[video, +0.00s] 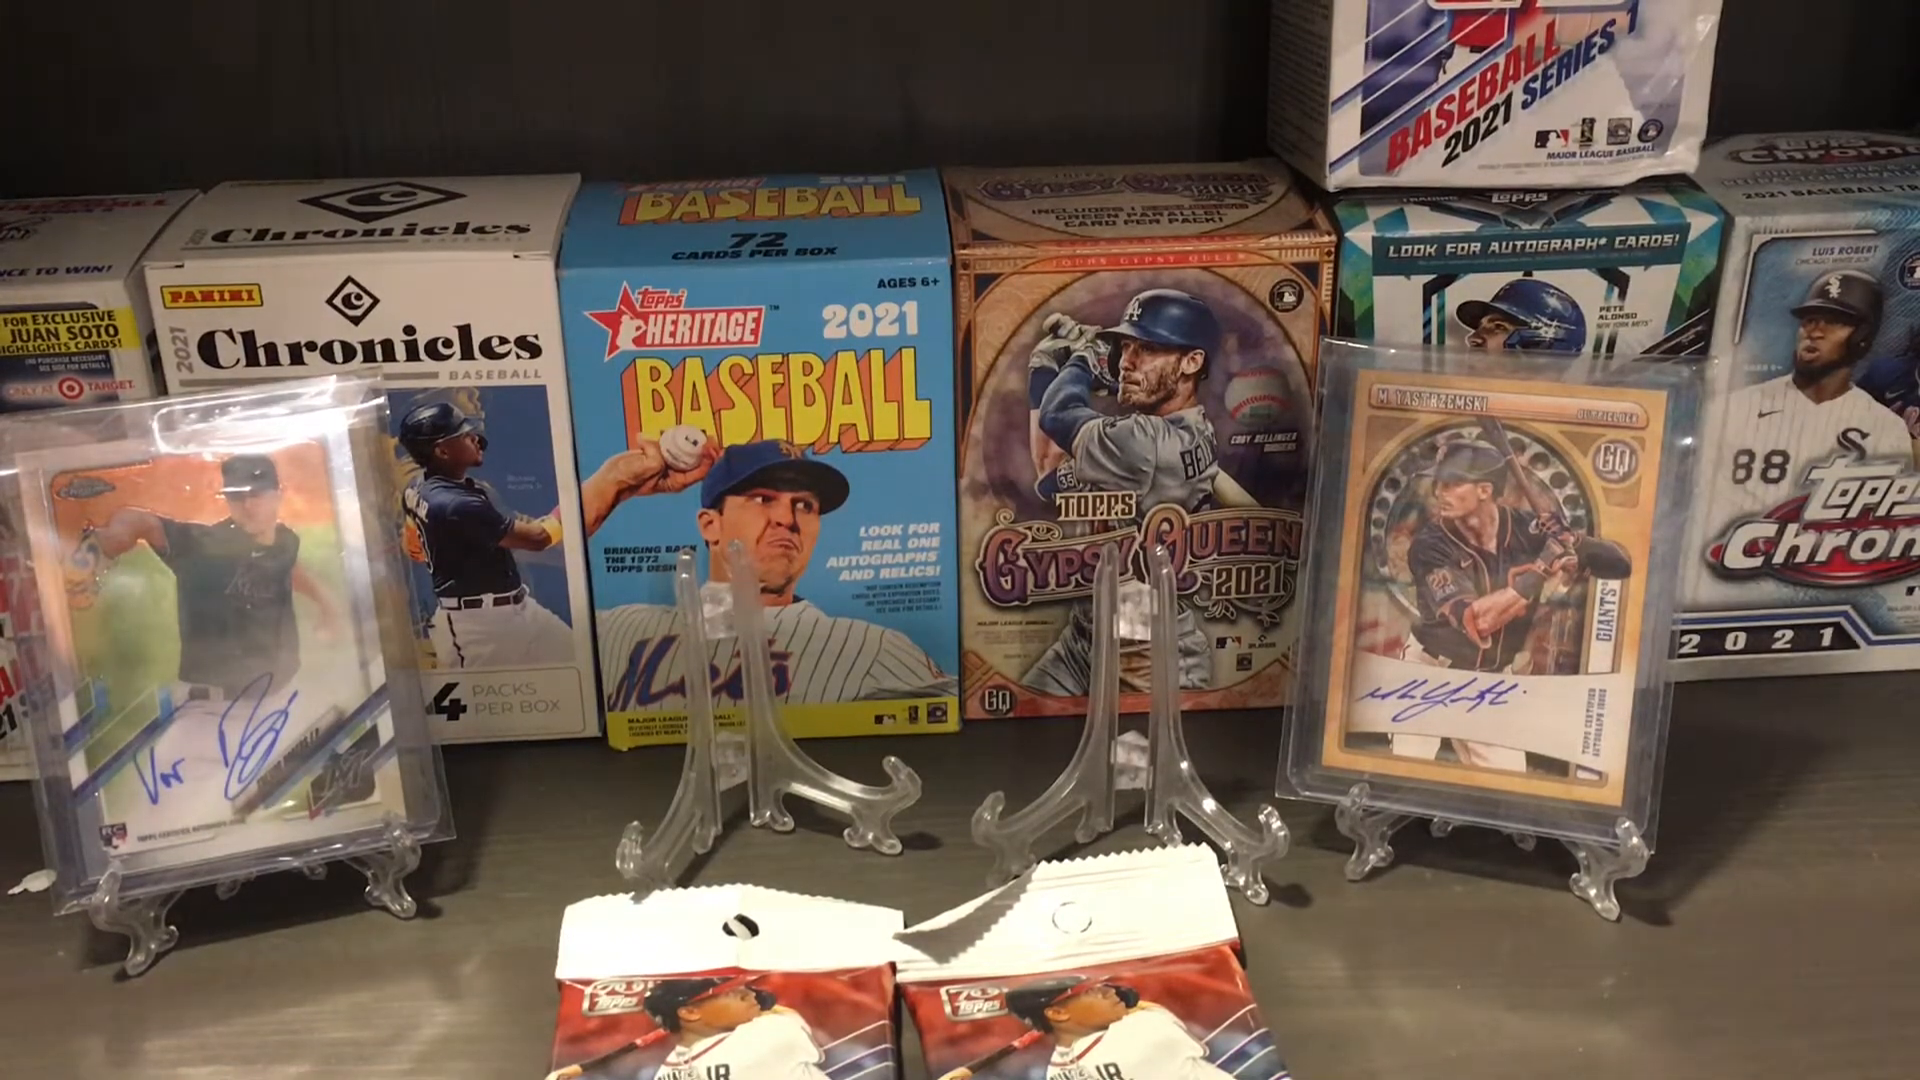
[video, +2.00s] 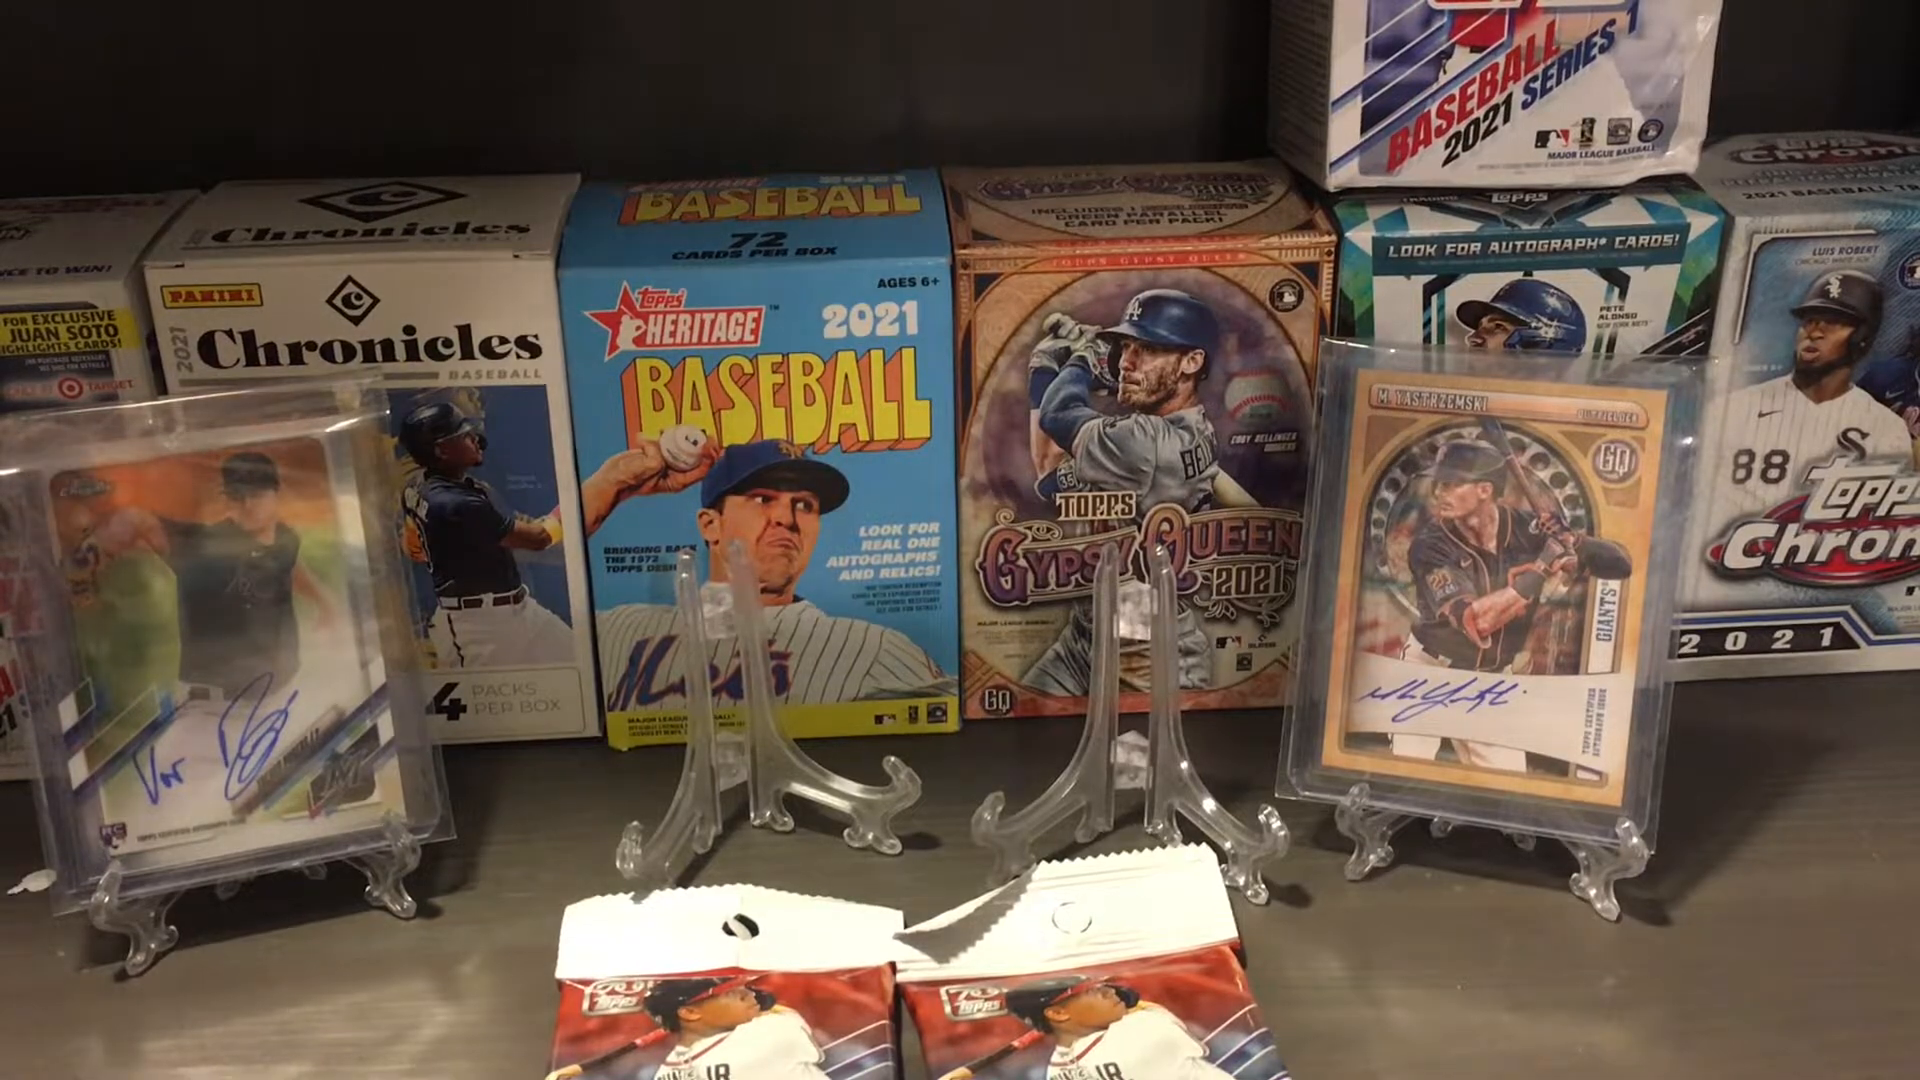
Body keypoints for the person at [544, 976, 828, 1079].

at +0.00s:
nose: (743, 992)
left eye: (733, 986)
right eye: (726, 992)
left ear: (690, 1015)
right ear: (692, 1014)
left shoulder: (666, 1071)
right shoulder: (779, 1033)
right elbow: (780, 1009)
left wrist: (580, 1071)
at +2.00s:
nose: (746, 993)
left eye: (737, 986)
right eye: (728, 993)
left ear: (690, 1015)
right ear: (692, 1015)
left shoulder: (666, 1071)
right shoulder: (779, 1033)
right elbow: (779, 1008)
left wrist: (579, 1071)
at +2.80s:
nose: (745, 993)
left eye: (737, 986)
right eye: (728, 993)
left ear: (690, 1015)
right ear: (692, 1014)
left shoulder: (666, 1071)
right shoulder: (779, 1033)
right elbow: (778, 1007)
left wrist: (578, 1072)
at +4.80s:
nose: (744, 993)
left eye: (735, 986)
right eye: (726, 993)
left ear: (689, 1015)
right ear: (691, 1014)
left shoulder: (666, 1071)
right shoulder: (778, 1032)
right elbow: (779, 1007)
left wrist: (577, 1071)